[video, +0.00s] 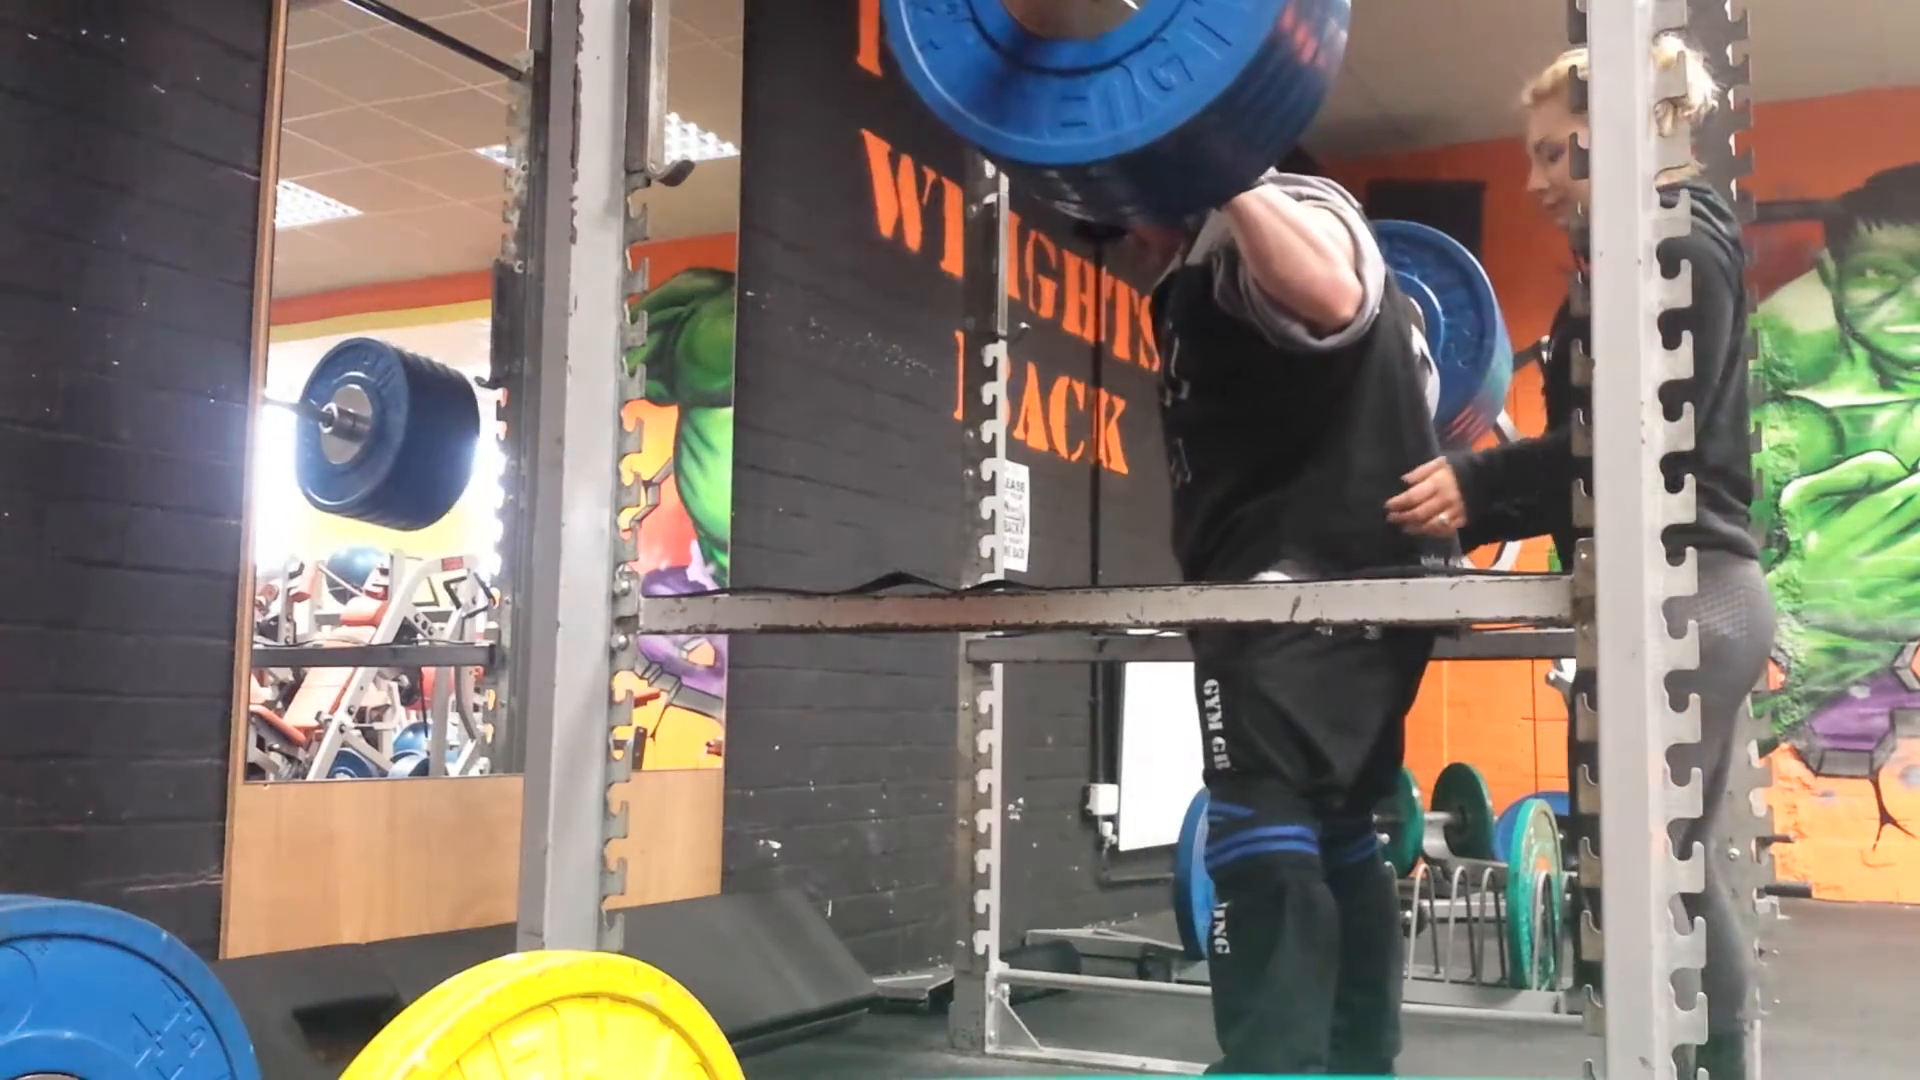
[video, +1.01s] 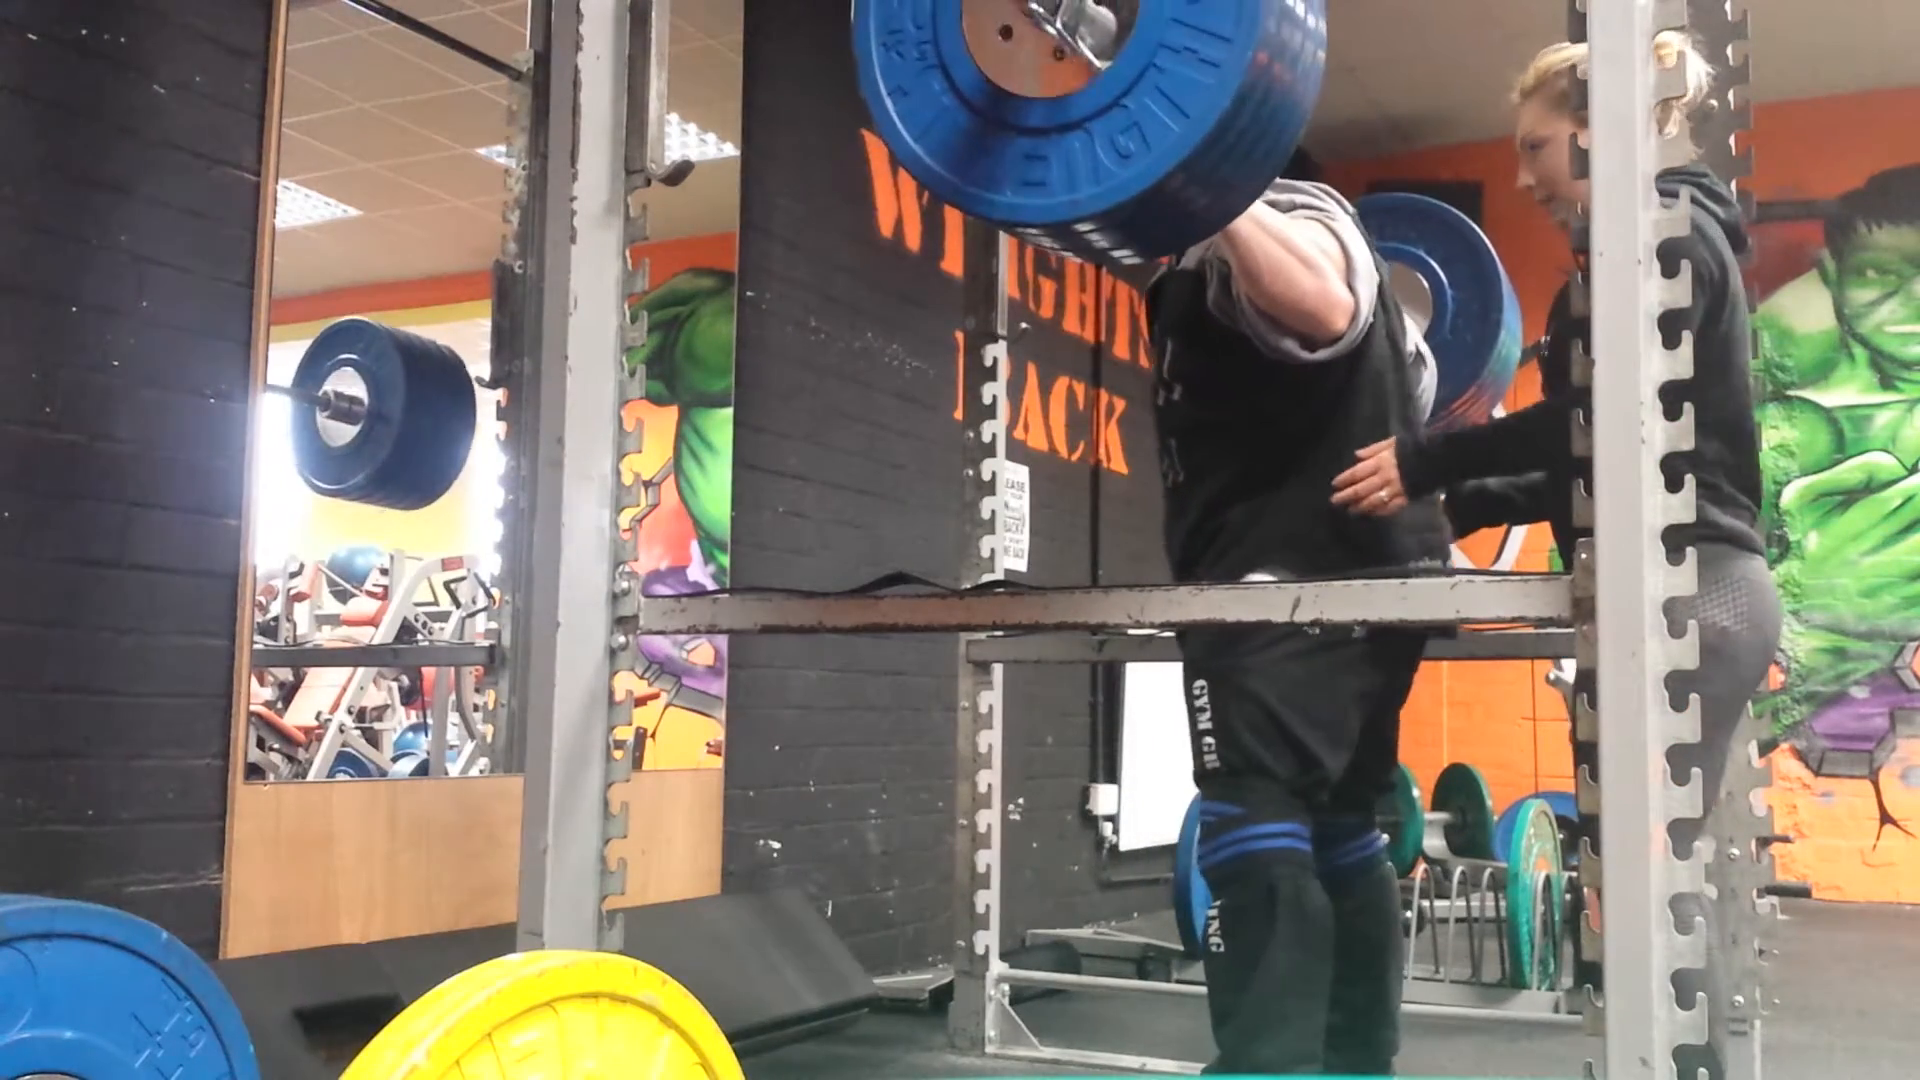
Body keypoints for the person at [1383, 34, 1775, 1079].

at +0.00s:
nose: (1536, 181)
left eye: (1556, 153)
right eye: (1532, 158)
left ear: (1620, 144)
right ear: (1580, 153)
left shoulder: (1665, 249)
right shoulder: (1652, 243)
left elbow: (1633, 439)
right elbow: (1603, 437)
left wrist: (1486, 489)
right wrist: (1485, 482)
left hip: (1679, 593)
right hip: (1678, 587)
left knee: (1652, 863)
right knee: (1686, 862)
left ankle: (1679, 1063)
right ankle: (1708, 1059)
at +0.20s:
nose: (1545, 176)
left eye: (1563, 147)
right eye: (1539, 151)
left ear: (1628, 134)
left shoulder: (1674, 239)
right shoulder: (1660, 236)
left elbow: (1651, 435)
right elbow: (1608, 433)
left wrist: (1499, 492)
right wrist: (1491, 488)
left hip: (1685, 587)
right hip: (1690, 581)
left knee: (1660, 853)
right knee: (1694, 853)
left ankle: (1688, 1061)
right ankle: (1718, 1058)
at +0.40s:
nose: (1539, 167)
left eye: (1557, 138)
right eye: (1535, 143)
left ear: (1628, 126)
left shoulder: (1667, 228)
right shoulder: (1658, 225)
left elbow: (1637, 428)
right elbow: (1605, 432)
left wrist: (1475, 486)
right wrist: (1479, 494)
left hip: (1678, 575)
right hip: (1677, 572)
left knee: (1635, 858)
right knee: (1645, 853)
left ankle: (1653, 1056)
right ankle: (1662, 1053)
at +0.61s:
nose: (1536, 178)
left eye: (1554, 150)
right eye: (1532, 153)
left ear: (1622, 139)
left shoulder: (1667, 239)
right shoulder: (1661, 247)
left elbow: (1627, 426)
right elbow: (1619, 475)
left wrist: (1464, 467)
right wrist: (1474, 519)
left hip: (1663, 578)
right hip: (1683, 574)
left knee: (1639, 855)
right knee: (1657, 853)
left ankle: (1659, 1060)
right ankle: (1676, 1057)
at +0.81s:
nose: (1535, 182)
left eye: (1553, 153)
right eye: (1528, 159)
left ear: (1618, 141)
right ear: (1540, 154)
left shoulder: (1669, 241)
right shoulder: (1637, 255)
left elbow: (1623, 427)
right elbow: (1607, 464)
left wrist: (1460, 466)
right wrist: (1471, 499)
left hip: (1682, 583)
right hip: (1663, 578)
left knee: (1646, 844)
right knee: (1647, 844)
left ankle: (1673, 1055)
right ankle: (1672, 1053)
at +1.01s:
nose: (1526, 176)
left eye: (1539, 150)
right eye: (1522, 154)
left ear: (1601, 139)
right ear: (1571, 149)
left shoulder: (1653, 234)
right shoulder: (1651, 244)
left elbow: (1601, 422)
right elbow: (1599, 468)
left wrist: (1422, 463)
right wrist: (1451, 502)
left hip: (1683, 584)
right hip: (1690, 584)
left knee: (1643, 853)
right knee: (1664, 854)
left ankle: (1668, 1061)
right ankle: (1685, 1058)